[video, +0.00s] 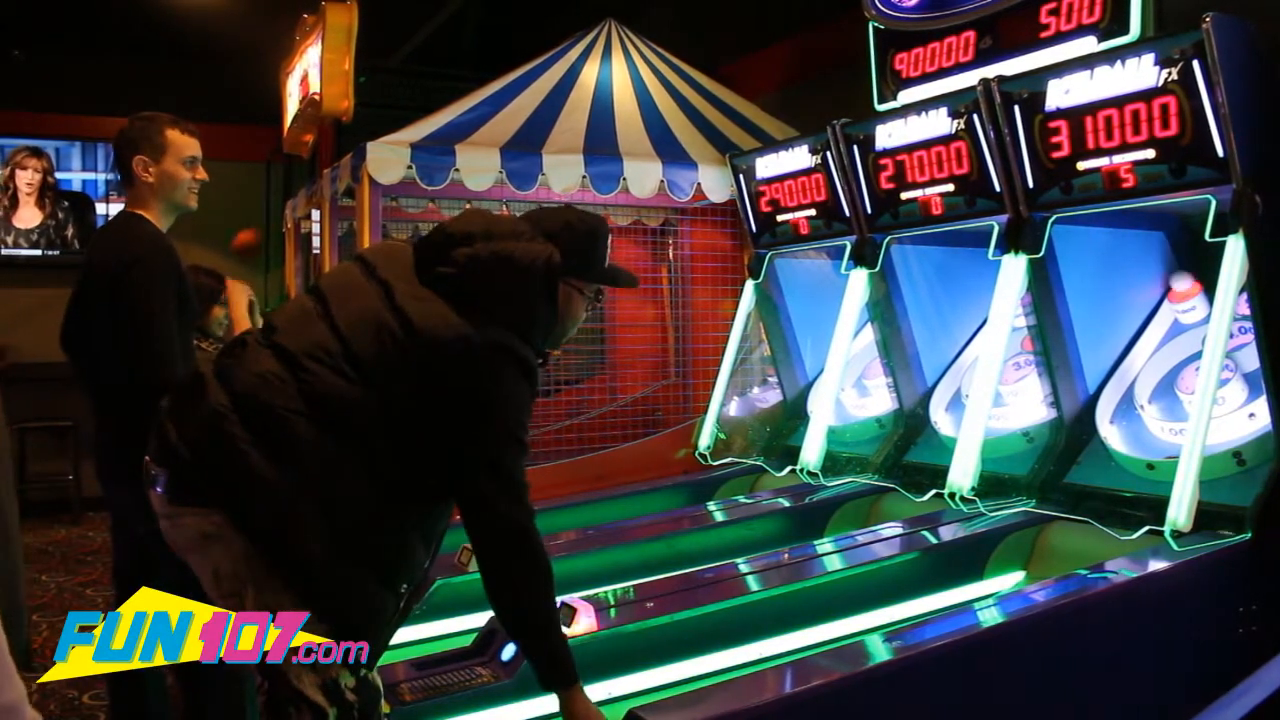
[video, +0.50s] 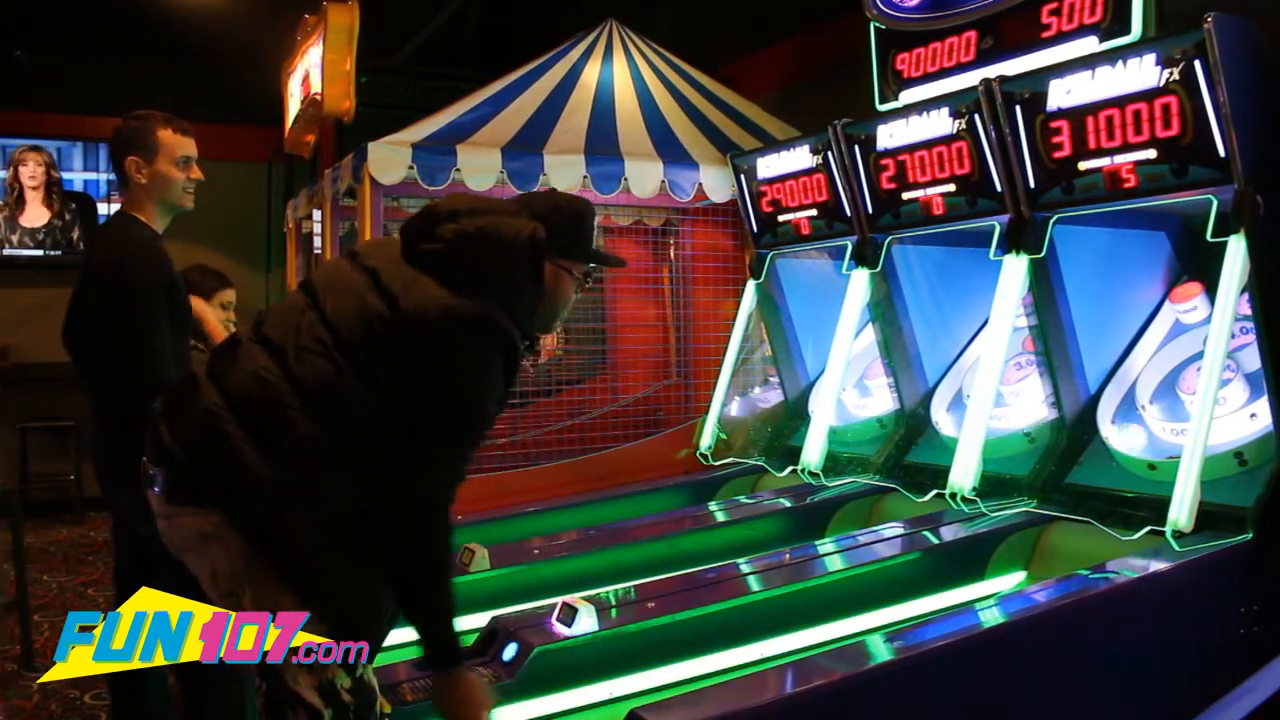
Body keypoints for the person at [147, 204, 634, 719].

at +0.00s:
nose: (587, 314)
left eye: (593, 299)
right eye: (586, 297)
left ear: (515, 254)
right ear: (556, 289)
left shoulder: (400, 259)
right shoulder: (492, 354)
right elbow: (505, 532)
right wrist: (568, 687)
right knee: (334, 693)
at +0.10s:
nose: (587, 310)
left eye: (593, 295)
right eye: (585, 293)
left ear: (516, 253)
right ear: (555, 284)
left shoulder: (399, 259)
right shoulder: (490, 352)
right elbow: (496, 530)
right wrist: (561, 683)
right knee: (331, 692)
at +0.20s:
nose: (587, 304)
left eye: (592, 288)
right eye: (586, 286)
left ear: (513, 247)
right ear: (557, 277)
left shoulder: (400, 258)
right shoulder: (488, 339)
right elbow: (474, 521)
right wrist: (548, 672)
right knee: (324, 697)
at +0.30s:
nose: (583, 297)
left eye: (589, 282)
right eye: (581, 279)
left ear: (515, 251)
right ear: (547, 267)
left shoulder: (397, 258)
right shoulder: (482, 334)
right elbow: (453, 517)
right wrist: (522, 666)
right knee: (318, 693)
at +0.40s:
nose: (581, 295)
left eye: (586, 280)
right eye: (578, 277)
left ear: (514, 251)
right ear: (541, 265)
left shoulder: (402, 257)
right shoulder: (479, 334)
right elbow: (435, 510)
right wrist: (489, 665)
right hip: (244, 504)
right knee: (323, 688)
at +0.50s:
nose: (576, 293)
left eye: (582, 279)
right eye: (574, 276)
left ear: (514, 251)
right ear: (539, 264)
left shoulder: (401, 255)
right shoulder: (475, 332)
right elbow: (417, 505)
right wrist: (447, 662)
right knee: (322, 686)